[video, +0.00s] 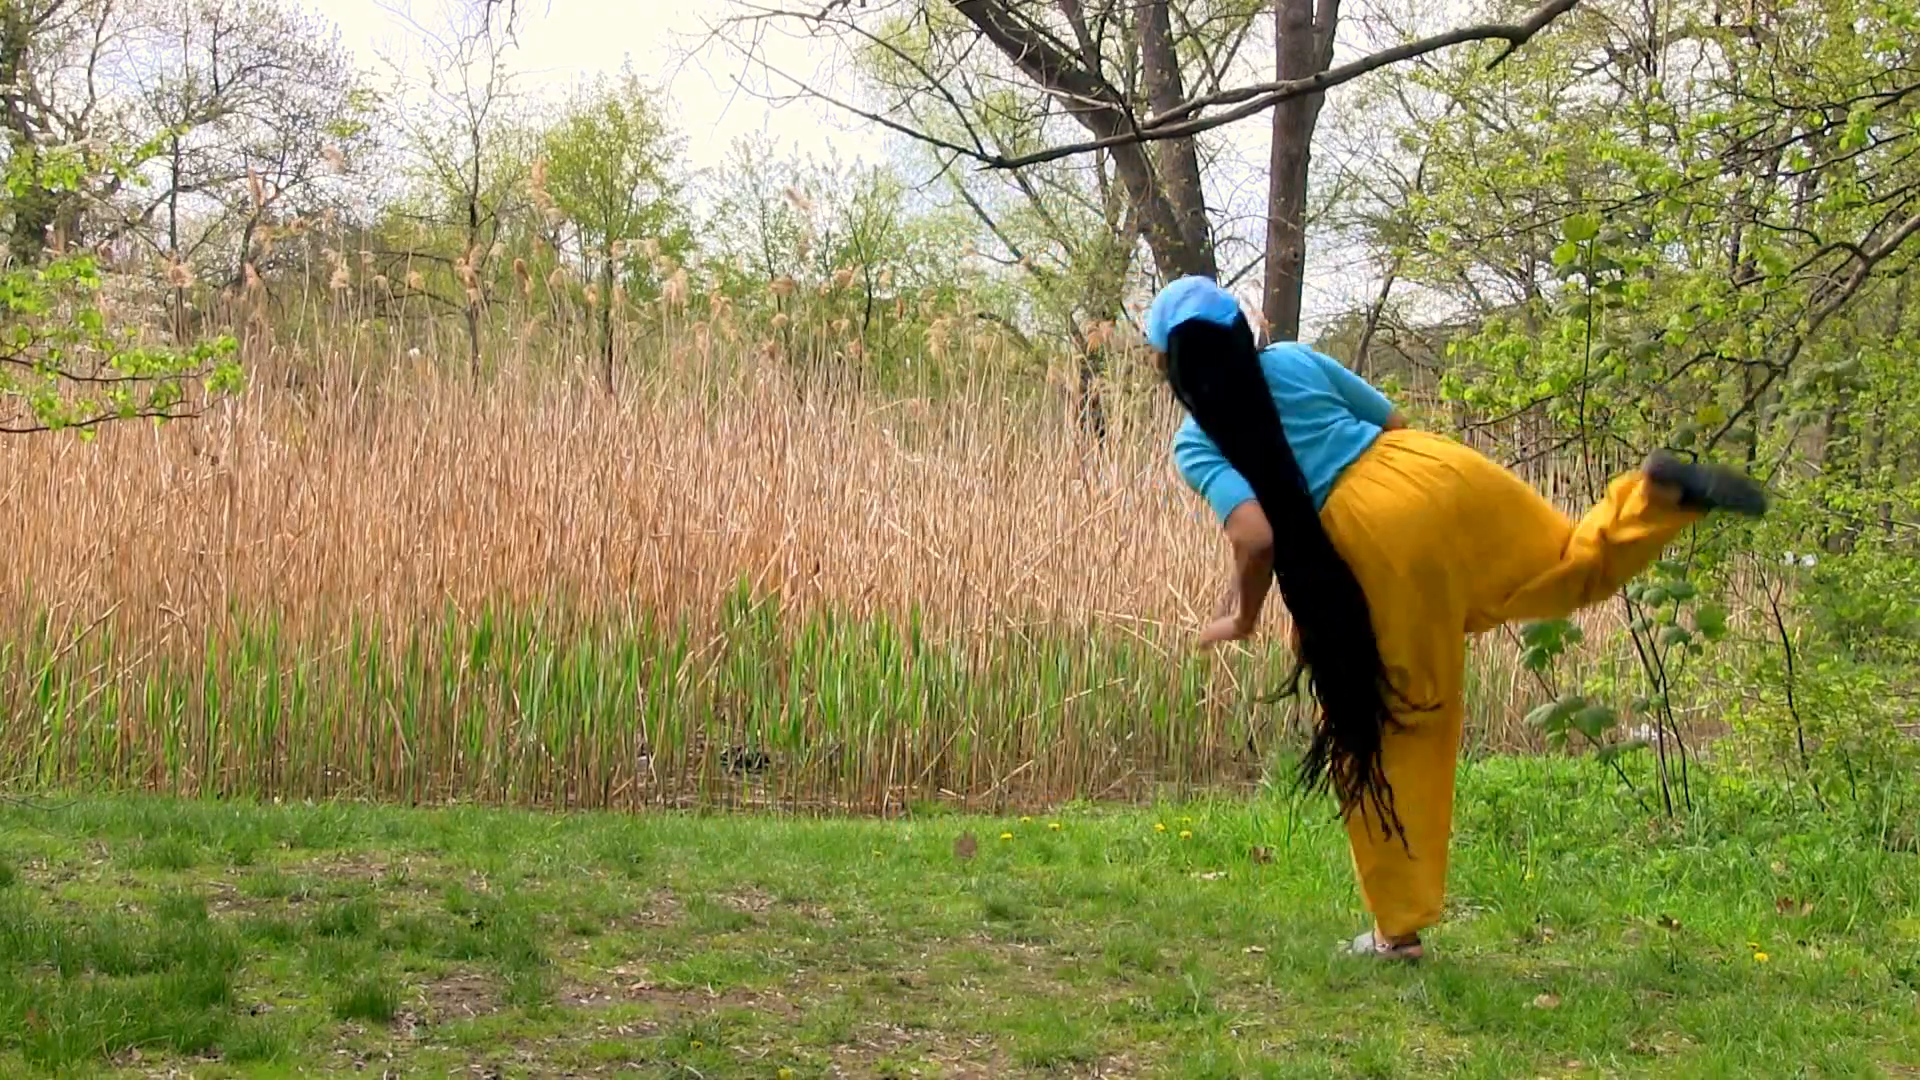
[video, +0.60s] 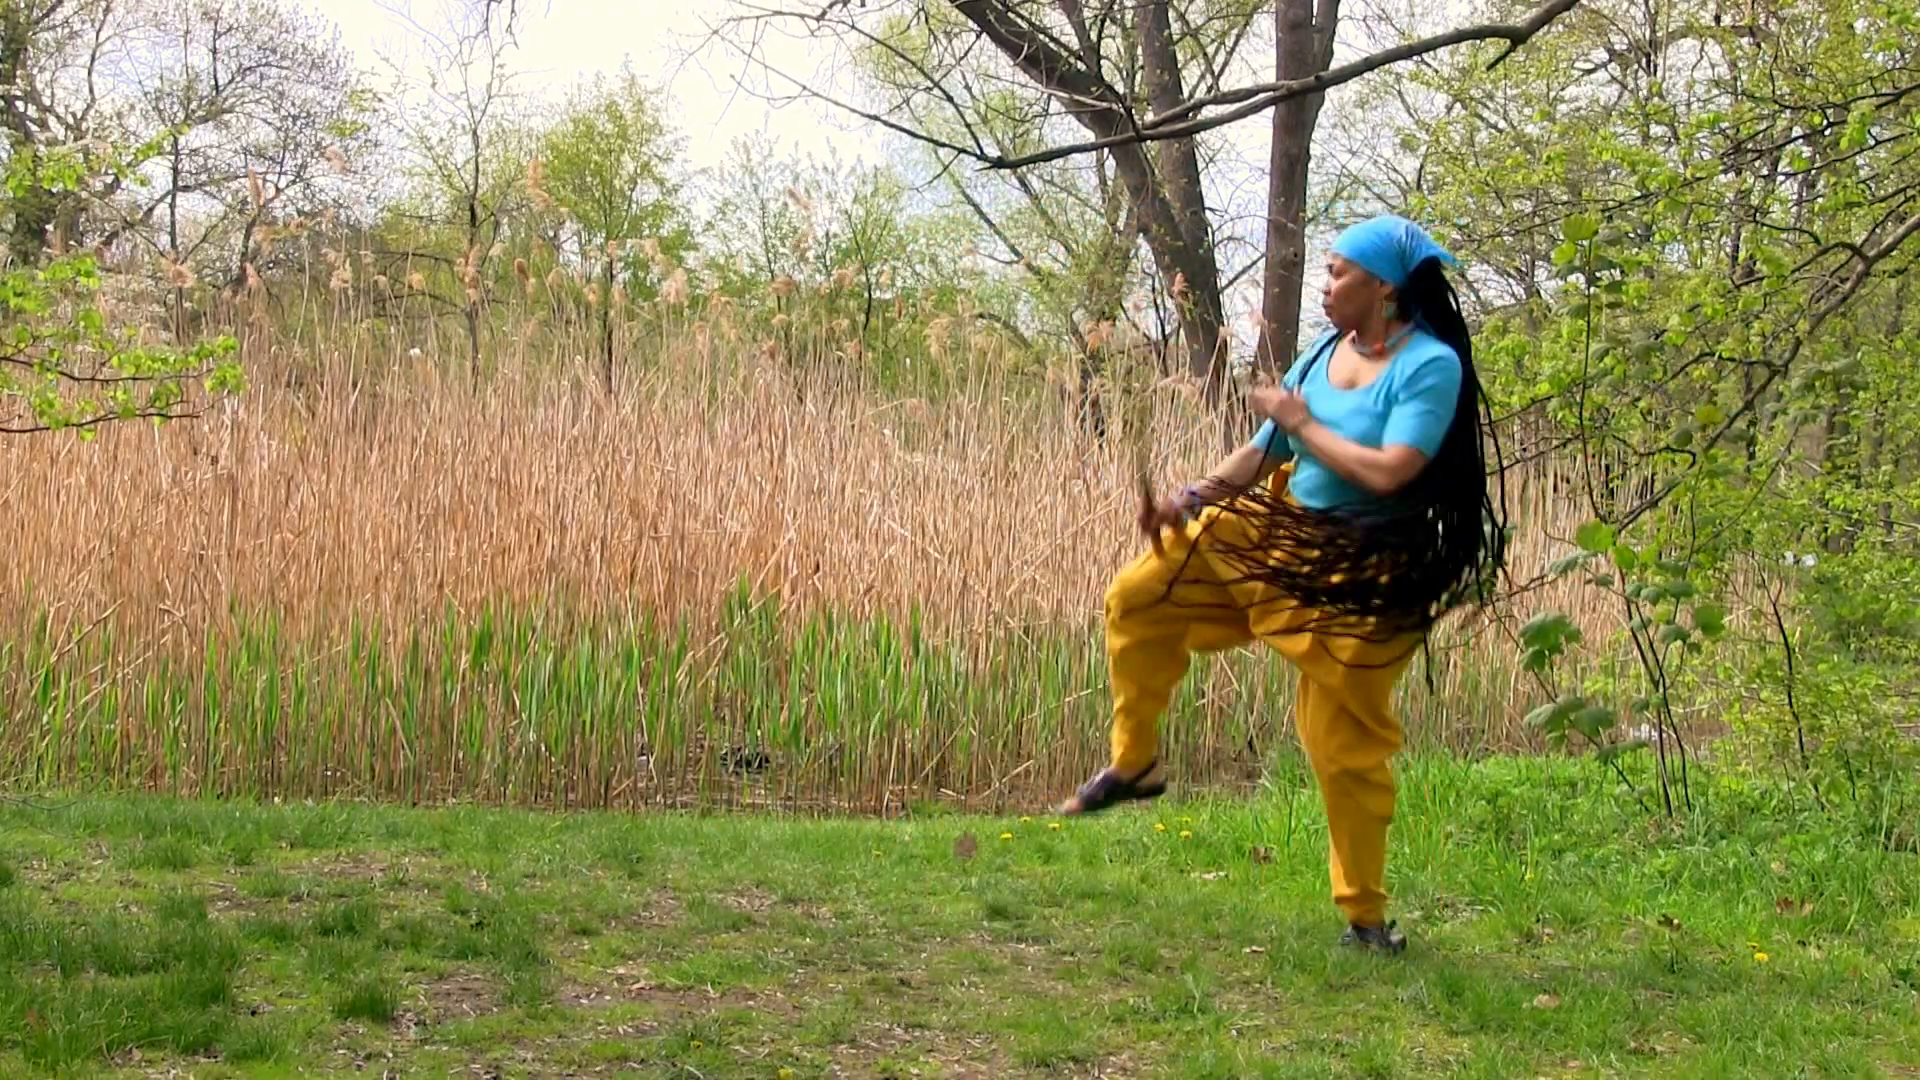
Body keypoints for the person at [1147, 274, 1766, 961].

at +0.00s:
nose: (1157, 364)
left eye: (1157, 352)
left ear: (1169, 362)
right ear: (1242, 330)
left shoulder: (1194, 438)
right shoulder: (1297, 358)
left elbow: (1254, 529)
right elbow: (1383, 414)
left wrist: (1242, 615)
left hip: (1358, 533)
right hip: (1421, 464)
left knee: (1385, 728)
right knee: (1569, 568)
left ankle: (1399, 930)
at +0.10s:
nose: (1189, 321)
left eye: (1200, 309)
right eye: (1192, 307)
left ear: (1243, 319)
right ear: (1257, 315)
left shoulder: (1225, 403)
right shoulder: (1339, 346)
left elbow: (1228, 531)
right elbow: (1396, 418)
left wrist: (1181, 579)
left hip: (1377, 538)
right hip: (1452, 494)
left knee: (1377, 735)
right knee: (1462, 661)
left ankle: (1393, 929)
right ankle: (1577, 650)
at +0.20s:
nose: (1248, 283)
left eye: (1260, 271)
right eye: (1252, 269)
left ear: (1302, 285)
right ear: (1316, 285)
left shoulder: (1266, 359)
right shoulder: (1377, 339)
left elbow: (1208, 483)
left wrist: (1164, 467)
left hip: (1378, 526)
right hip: (1445, 506)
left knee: (1362, 720)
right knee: (1343, 662)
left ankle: (1388, 927)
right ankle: (1476, 711)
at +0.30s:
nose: (1297, 256)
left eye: (1310, 246)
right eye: (1300, 243)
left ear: (1348, 258)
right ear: (1351, 260)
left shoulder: (1321, 323)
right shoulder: (1370, 320)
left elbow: (1217, 401)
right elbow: (1285, 380)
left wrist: (1219, 366)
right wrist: (1230, 332)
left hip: (1381, 520)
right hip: (1416, 505)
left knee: (1353, 723)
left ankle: (1395, 928)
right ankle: (1393, 672)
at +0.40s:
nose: (1321, 248)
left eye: (1335, 236)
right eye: (1326, 236)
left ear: (1376, 250)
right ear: (1371, 253)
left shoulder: (1375, 307)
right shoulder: (1356, 321)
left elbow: (1248, 337)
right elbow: (1277, 394)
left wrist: (1259, 307)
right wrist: (1194, 365)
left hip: (1388, 523)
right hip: (1331, 499)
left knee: (1349, 717)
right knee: (1188, 547)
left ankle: (1401, 919)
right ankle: (1288, 685)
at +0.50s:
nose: (1329, 257)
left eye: (1344, 245)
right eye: (1332, 244)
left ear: (1389, 258)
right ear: (1366, 259)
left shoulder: (1409, 322)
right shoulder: (1350, 331)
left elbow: (1304, 384)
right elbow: (1277, 417)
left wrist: (1275, 331)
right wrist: (1210, 405)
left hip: (1376, 537)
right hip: (1305, 504)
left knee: (1345, 711)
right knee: (1158, 539)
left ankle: (1376, 903)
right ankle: (1214, 690)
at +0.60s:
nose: (1325, 285)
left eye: (1340, 274)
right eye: (1328, 271)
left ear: (1386, 286)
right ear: (1355, 282)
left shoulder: (1432, 367)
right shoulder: (1327, 348)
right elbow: (1265, 450)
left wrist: (1301, 424)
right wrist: (1198, 492)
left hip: (1364, 570)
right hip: (1275, 532)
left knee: (1345, 744)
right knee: (1136, 600)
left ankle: (1364, 914)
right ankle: (1134, 765)